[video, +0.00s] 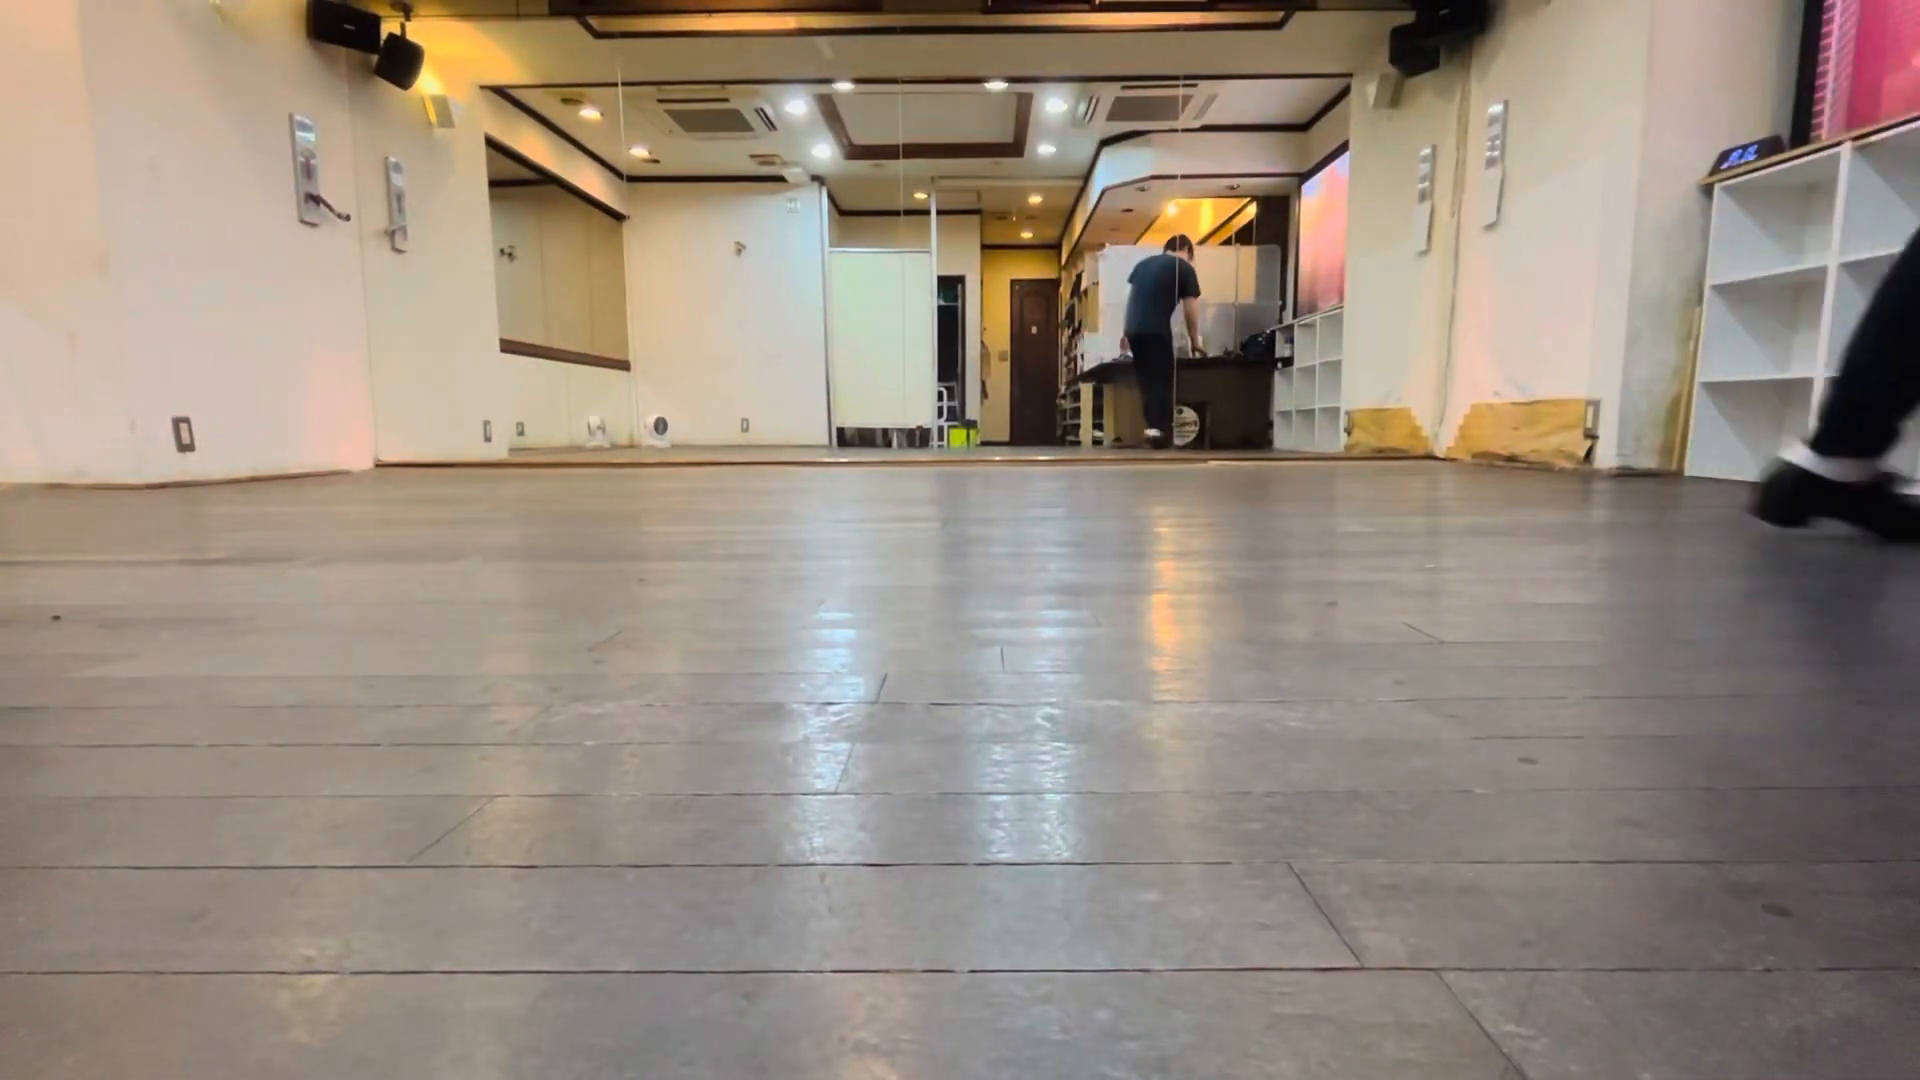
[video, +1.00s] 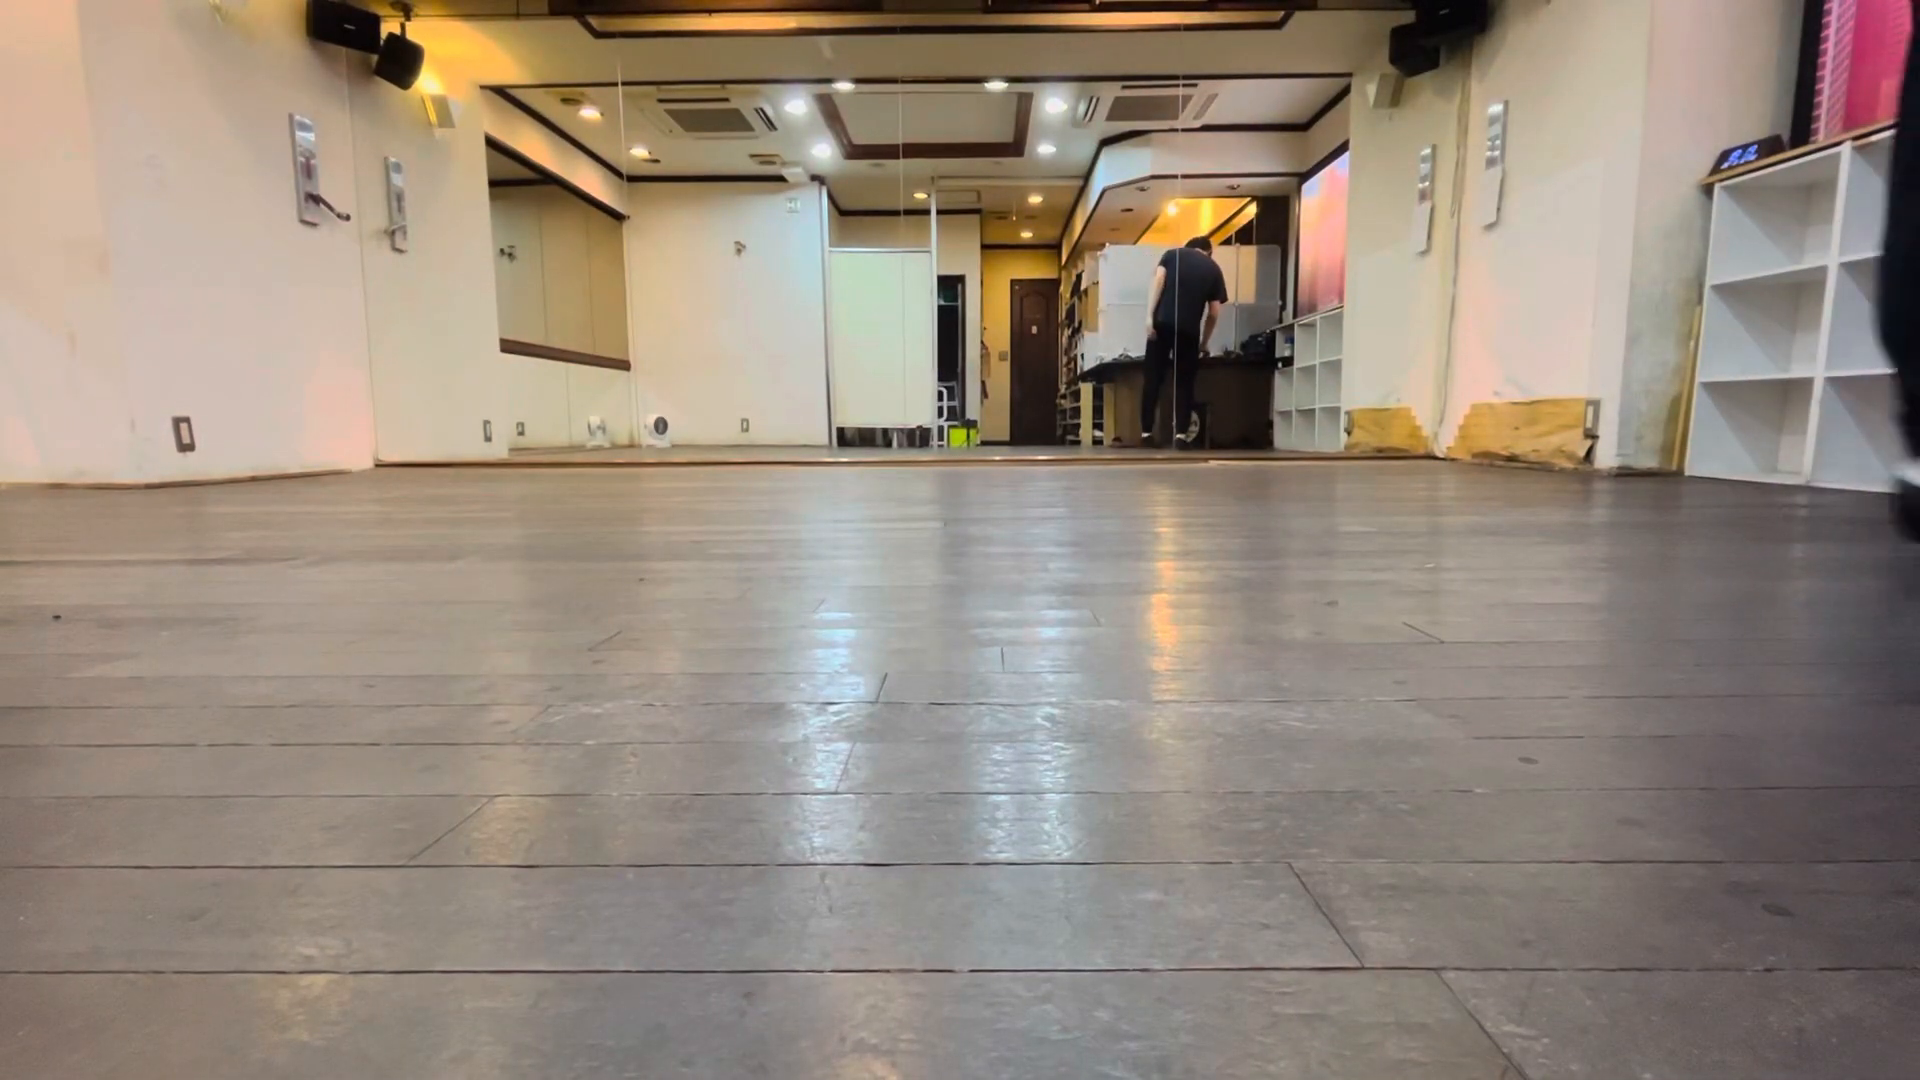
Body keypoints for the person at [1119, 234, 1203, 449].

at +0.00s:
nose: (1189, 260)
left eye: (1190, 256)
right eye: (1190, 256)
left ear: (1166, 248)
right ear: (1185, 250)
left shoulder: (1144, 263)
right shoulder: (1184, 268)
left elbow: (1132, 302)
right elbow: (1190, 311)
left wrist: (1126, 333)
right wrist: (1195, 343)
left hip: (1135, 331)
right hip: (1157, 330)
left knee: (1146, 379)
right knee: (1162, 379)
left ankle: (1152, 426)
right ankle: (1156, 427)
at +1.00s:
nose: (1210, 257)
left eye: (1209, 255)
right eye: (1211, 255)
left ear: (1188, 246)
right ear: (1208, 252)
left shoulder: (1172, 254)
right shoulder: (1213, 269)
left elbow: (1159, 280)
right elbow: (1213, 313)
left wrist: (1150, 317)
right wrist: (1205, 343)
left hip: (1162, 325)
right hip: (1189, 331)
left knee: (1152, 377)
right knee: (1185, 381)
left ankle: (1146, 430)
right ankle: (1181, 433)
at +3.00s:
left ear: (1181, 239)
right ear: (1201, 244)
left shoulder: (1171, 247)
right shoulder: (1210, 263)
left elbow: (1160, 278)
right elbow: (1214, 311)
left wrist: (1149, 314)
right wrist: (1205, 342)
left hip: (1159, 324)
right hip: (1184, 328)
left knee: (1147, 373)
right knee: (1182, 377)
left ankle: (1145, 429)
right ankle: (1182, 433)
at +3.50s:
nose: (1166, 244)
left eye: (1167, 241)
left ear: (1169, 240)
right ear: (1189, 242)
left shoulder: (1163, 249)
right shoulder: (1200, 261)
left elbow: (1154, 280)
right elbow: (1207, 307)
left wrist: (1144, 318)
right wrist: (1203, 340)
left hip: (1155, 327)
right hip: (1180, 330)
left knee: (1142, 373)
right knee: (1179, 378)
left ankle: (1144, 428)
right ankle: (1182, 432)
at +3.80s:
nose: (1143, 249)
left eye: (1143, 246)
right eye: (1143, 246)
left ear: (1147, 242)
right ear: (1165, 241)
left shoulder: (1150, 251)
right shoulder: (1184, 259)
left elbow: (1154, 279)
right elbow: (1195, 299)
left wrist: (1161, 315)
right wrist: (1188, 326)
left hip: (1149, 326)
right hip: (1177, 328)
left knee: (1136, 377)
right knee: (1177, 379)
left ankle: (1123, 431)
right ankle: (1182, 433)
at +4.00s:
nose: (1119, 251)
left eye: (1119, 247)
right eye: (1119, 247)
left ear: (1123, 243)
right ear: (1141, 240)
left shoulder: (1129, 255)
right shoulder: (1160, 256)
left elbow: (1139, 280)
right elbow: (1173, 292)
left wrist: (1151, 313)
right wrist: (1169, 319)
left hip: (1136, 327)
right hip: (1161, 328)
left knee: (1123, 376)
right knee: (1167, 378)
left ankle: (1117, 433)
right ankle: (1182, 429)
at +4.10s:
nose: (1108, 249)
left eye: (1107, 245)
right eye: (1107, 246)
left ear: (1110, 243)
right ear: (1130, 239)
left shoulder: (1116, 255)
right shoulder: (1149, 256)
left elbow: (1125, 282)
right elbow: (1164, 293)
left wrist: (1135, 317)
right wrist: (1160, 322)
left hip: (1127, 325)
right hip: (1152, 325)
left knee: (1115, 374)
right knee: (1156, 374)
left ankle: (1117, 434)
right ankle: (1172, 429)